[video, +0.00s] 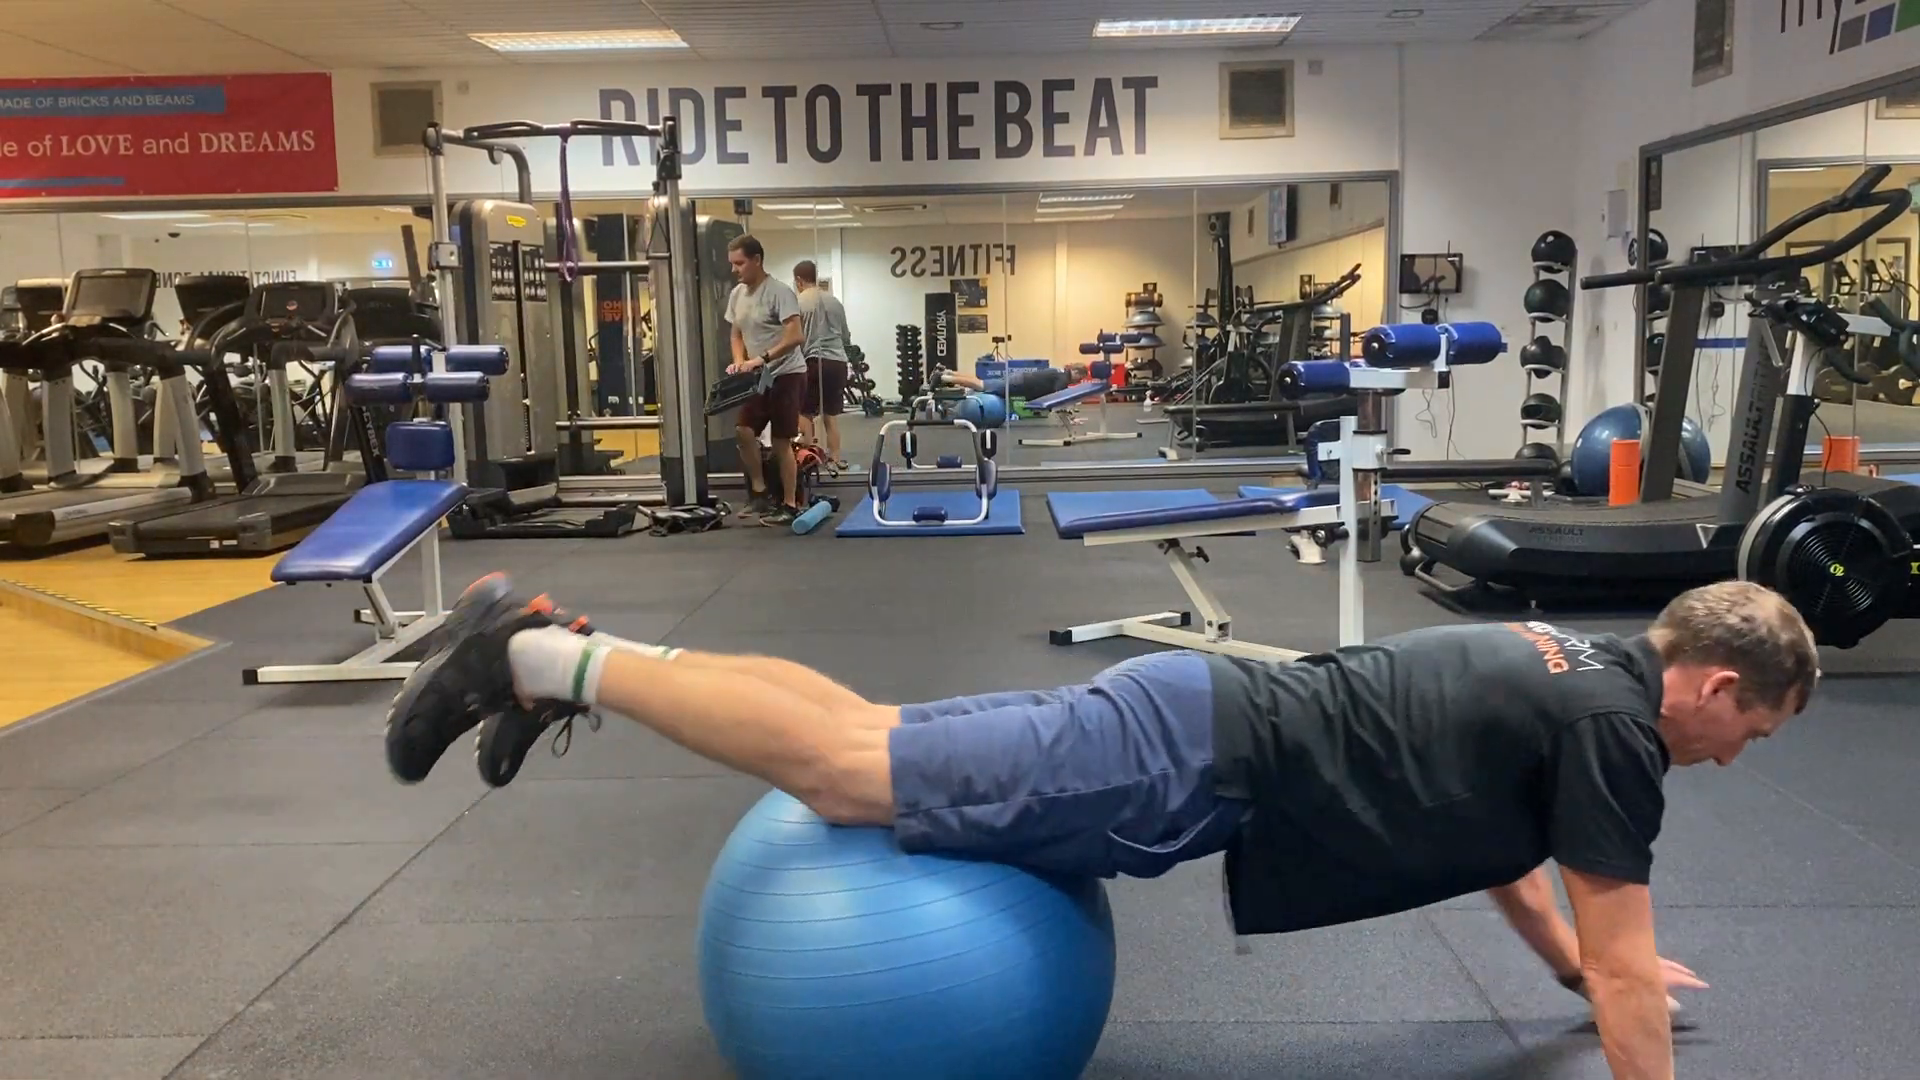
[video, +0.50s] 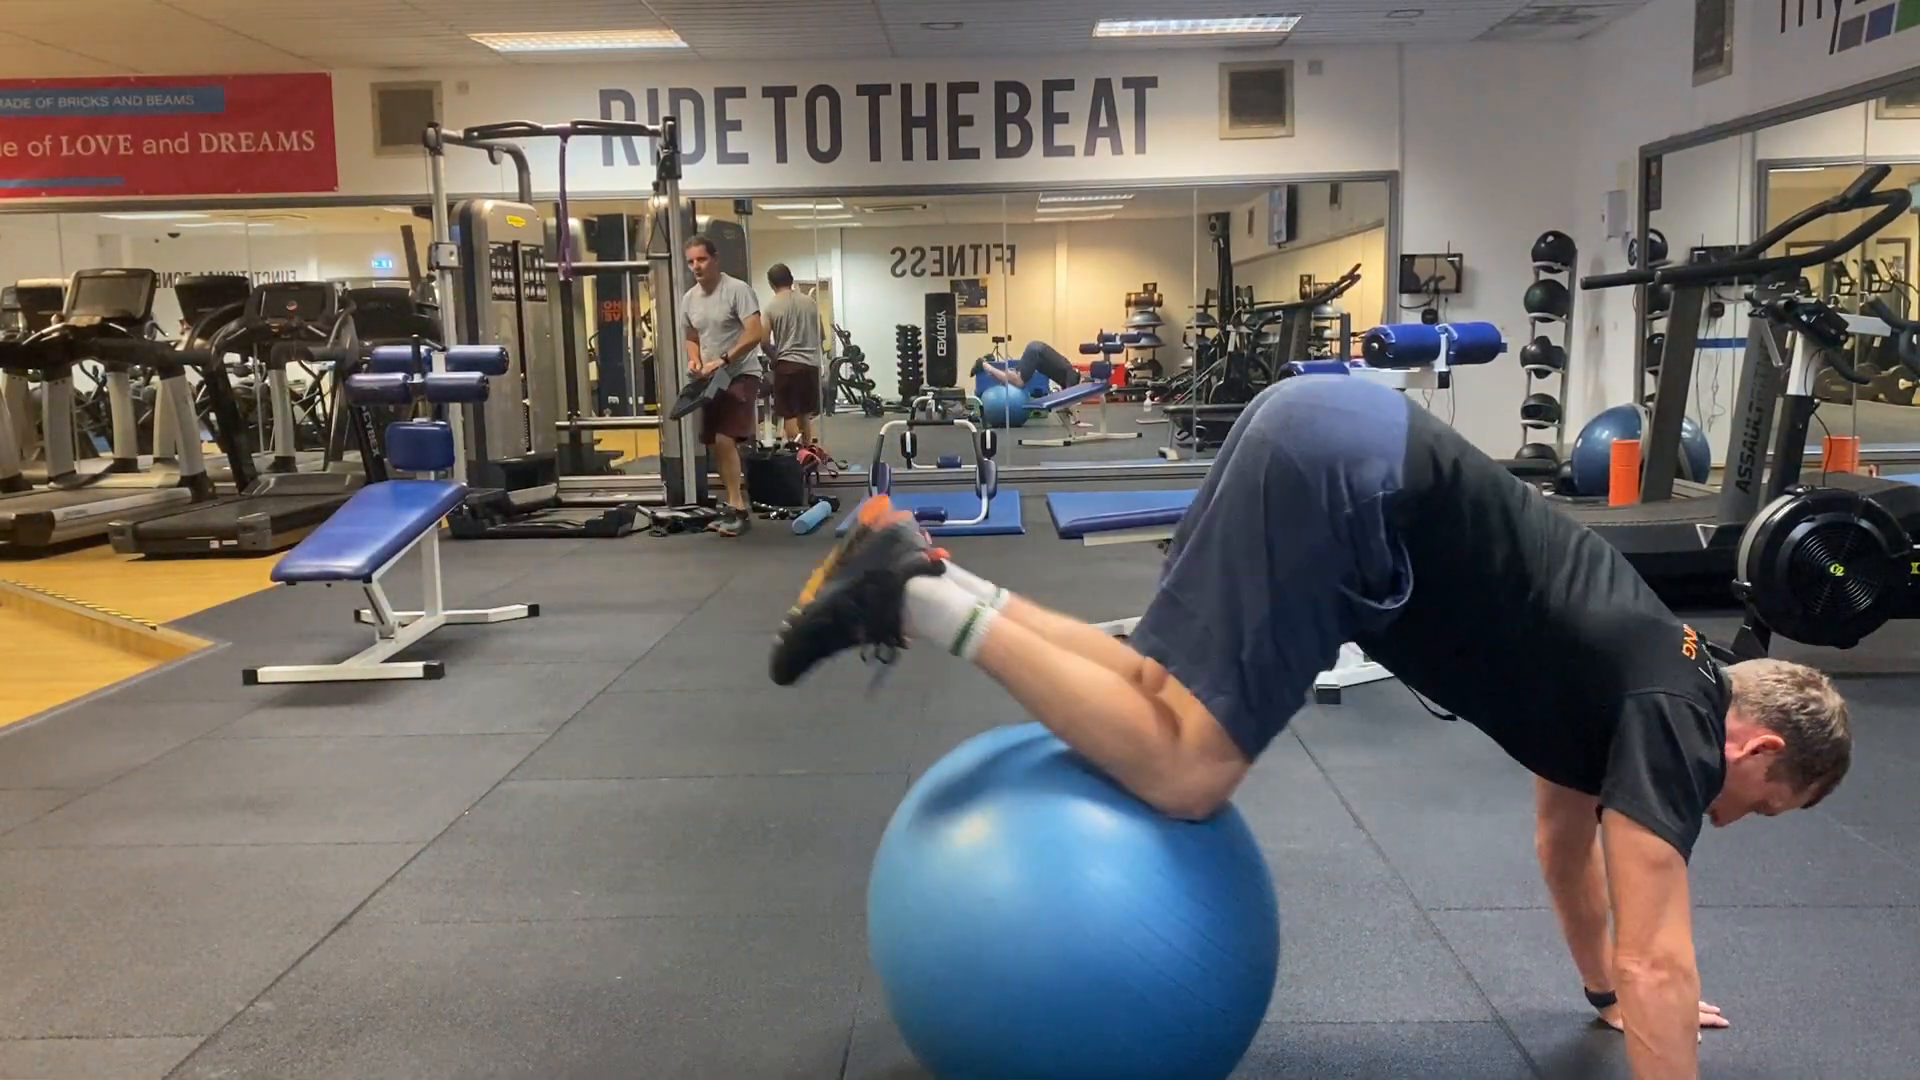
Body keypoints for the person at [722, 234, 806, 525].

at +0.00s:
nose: (734, 269)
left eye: (739, 263)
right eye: (732, 264)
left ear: (757, 260)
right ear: (736, 263)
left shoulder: (781, 291)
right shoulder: (737, 294)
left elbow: (795, 336)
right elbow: (736, 333)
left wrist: (763, 357)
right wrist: (738, 361)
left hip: (789, 373)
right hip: (759, 375)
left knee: (782, 442)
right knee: (744, 431)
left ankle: (789, 505)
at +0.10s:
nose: (728, 268)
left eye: (733, 262)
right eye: (725, 263)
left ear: (751, 260)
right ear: (725, 264)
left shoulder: (773, 292)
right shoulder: (726, 296)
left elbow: (789, 335)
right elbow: (725, 337)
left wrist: (757, 357)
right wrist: (728, 363)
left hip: (779, 374)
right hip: (747, 377)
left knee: (776, 443)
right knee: (742, 441)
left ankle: (788, 503)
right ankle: (741, 505)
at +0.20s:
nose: (720, 269)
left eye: (725, 262)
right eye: (716, 264)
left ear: (742, 261)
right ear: (714, 266)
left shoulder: (764, 292)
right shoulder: (716, 298)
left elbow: (782, 335)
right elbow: (714, 340)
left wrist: (749, 357)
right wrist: (717, 363)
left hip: (769, 376)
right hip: (737, 378)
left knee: (761, 446)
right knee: (737, 446)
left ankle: (784, 499)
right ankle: (739, 507)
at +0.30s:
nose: (710, 270)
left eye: (715, 263)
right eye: (706, 265)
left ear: (731, 261)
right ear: (703, 267)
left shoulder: (754, 292)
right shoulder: (707, 298)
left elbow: (772, 334)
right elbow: (702, 341)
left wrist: (739, 358)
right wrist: (708, 367)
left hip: (759, 375)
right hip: (727, 379)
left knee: (744, 439)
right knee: (727, 442)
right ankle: (732, 496)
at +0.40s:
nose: (701, 268)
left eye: (706, 261)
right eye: (697, 264)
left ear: (722, 260)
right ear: (695, 266)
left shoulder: (746, 291)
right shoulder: (698, 299)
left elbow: (764, 333)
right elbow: (696, 339)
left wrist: (730, 359)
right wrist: (701, 368)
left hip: (751, 375)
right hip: (719, 377)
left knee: (731, 438)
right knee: (720, 443)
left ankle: (752, 494)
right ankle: (737, 504)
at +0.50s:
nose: (696, 266)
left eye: (701, 260)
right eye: (691, 262)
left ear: (715, 259)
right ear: (689, 264)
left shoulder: (738, 289)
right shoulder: (689, 299)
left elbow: (755, 333)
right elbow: (691, 337)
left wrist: (722, 360)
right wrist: (694, 359)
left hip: (741, 373)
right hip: (712, 376)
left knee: (724, 440)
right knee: (717, 443)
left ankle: (736, 506)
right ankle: (735, 505)